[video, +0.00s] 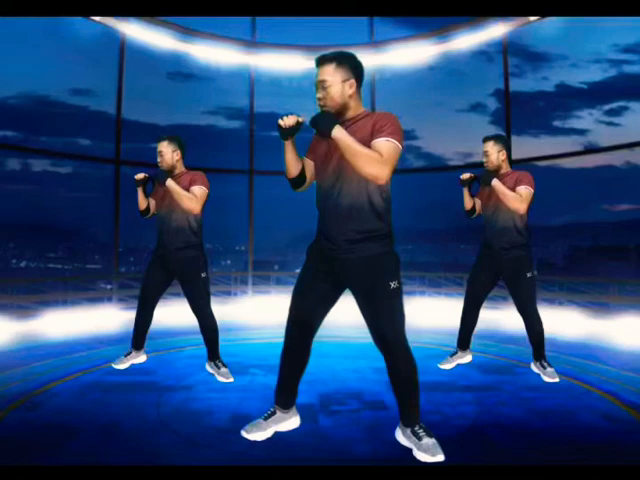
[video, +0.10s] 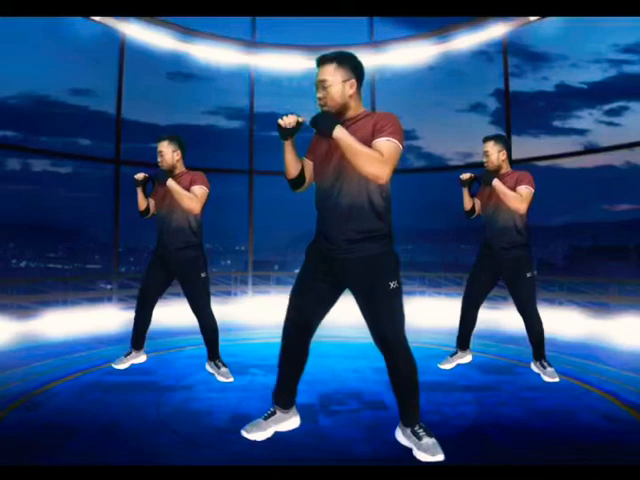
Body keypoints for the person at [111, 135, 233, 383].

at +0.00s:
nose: (159, 158)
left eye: (162, 153)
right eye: (158, 154)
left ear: (177, 154)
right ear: (166, 157)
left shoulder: (196, 178)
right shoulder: (162, 184)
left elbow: (195, 207)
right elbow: (146, 211)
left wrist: (169, 182)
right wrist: (140, 187)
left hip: (190, 255)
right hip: (164, 255)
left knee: (202, 309)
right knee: (146, 301)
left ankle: (215, 360)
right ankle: (137, 351)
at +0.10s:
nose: (159, 158)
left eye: (163, 153)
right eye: (158, 154)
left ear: (177, 154)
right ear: (166, 157)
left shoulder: (196, 178)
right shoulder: (162, 184)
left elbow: (195, 206)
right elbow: (146, 211)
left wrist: (169, 182)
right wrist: (140, 188)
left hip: (190, 255)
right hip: (164, 255)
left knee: (202, 309)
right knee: (145, 300)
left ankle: (215, 360)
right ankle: (137, 351)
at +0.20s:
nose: (160, 162)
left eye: (163, 157)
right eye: (159, 158)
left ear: (178, 158)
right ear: (162, 161)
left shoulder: (197, 183)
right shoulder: (161, 190)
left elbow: (196, 210)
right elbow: (143, 214)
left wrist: (170, 185)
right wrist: (138, 190)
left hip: (191, 258)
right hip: (163, 258)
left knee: (204, 313)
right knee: (139, 300)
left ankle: (214, 361)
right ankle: (136, 351)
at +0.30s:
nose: (161, 169)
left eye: (164, 164)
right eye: (159, 165)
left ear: (179, 165)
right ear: (160, 168)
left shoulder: (196, 191)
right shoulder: (158, 198)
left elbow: (199, 220)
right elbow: (137, 220)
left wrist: (172, 194)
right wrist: (132, 196)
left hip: (190, 266)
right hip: (160, 265)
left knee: (204, 319)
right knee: (132, 306)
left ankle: (215, 362)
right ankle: (136, 351)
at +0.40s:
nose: (161, 163)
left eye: (165, 159)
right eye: (159, 159)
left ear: (179, 161)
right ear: (160, 163)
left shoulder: (196, 187)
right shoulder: (157, 193)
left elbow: (201, 216)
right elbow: (134, 214)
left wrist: (176, 190)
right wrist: (131, 188)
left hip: (189, 262)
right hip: (161, 261)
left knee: (204, 316)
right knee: (134, 301)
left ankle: (215, 362)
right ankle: (134, 350)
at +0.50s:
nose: (162, 149)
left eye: (166, 144)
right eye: (160, 145)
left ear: (180, 146)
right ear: (159, 149)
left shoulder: (199, 173)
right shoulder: (156, 178)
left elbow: (202, 196)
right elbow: (134, 198)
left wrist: (177, 171)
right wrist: (132, 172)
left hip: (189, 251)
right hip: (160, 250)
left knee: (203, 305)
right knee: (140, 297)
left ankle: (216, 356)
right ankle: (129, 343)